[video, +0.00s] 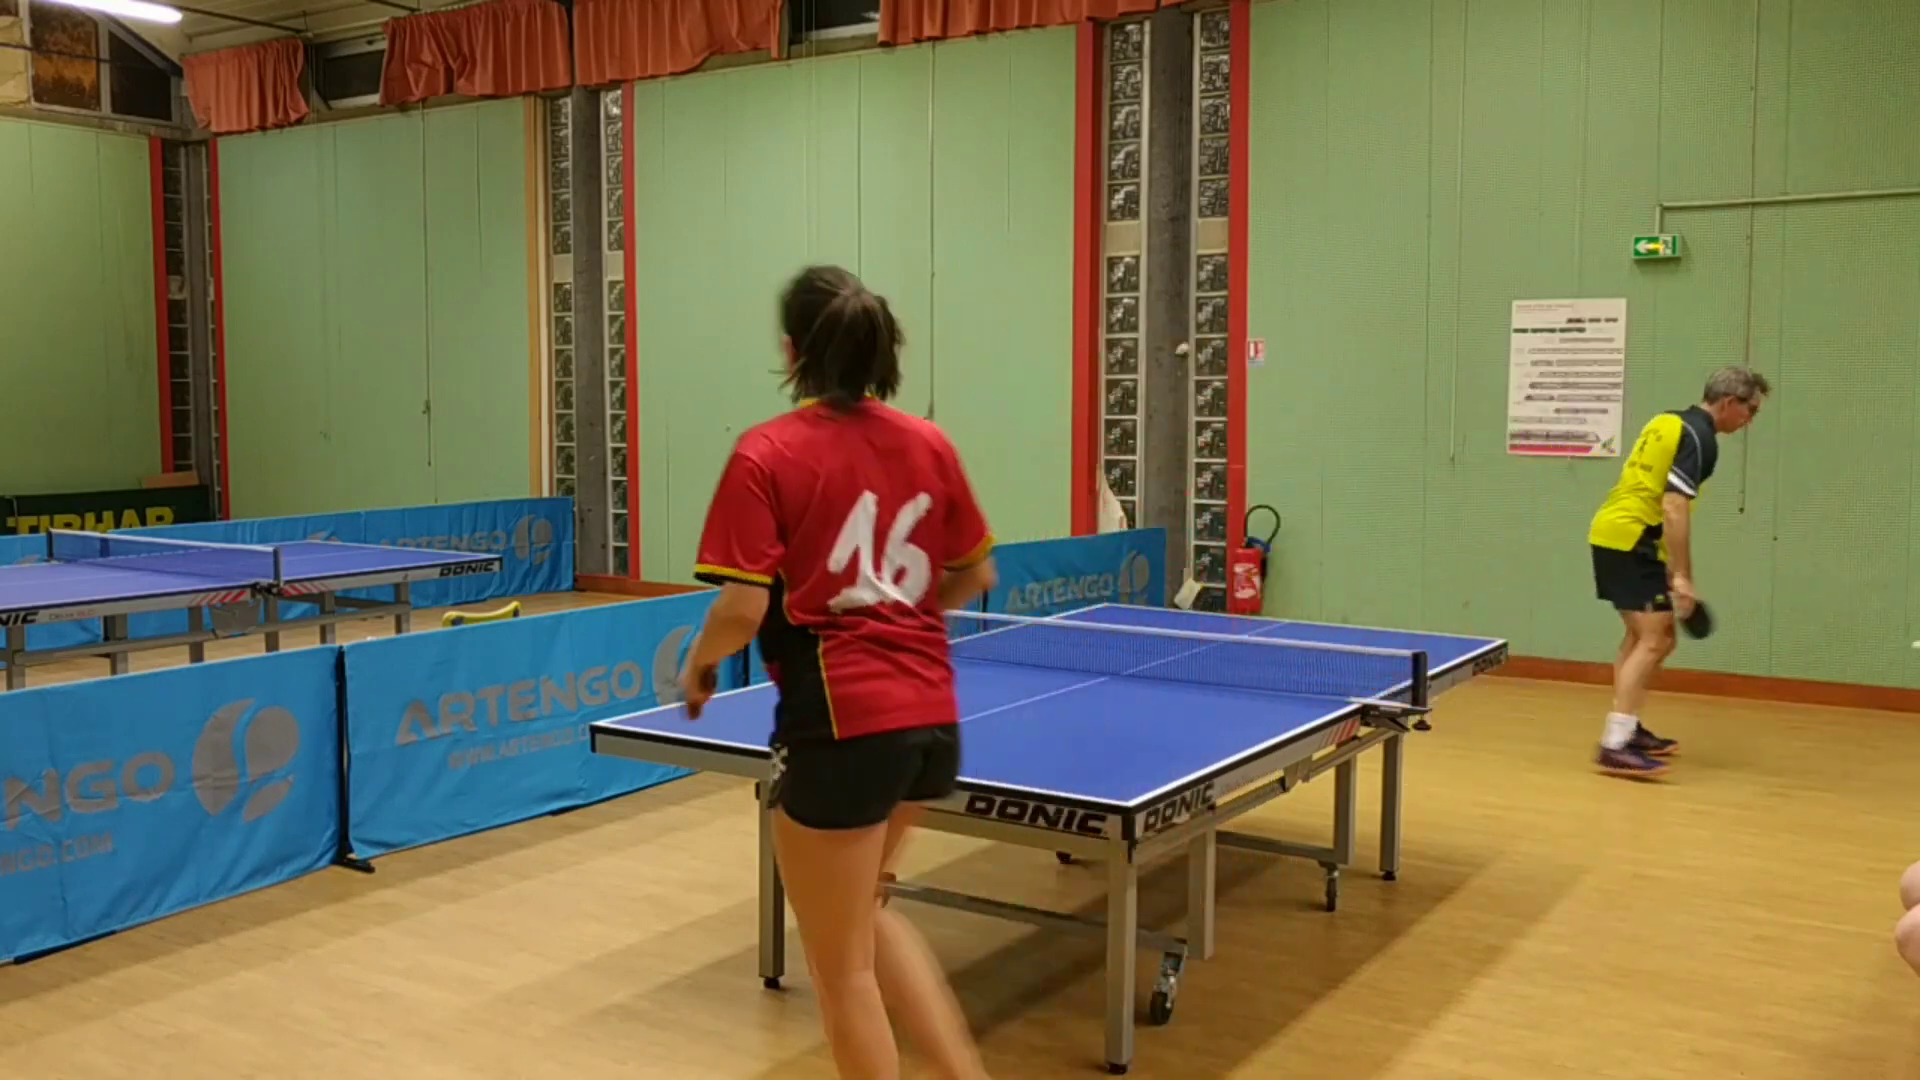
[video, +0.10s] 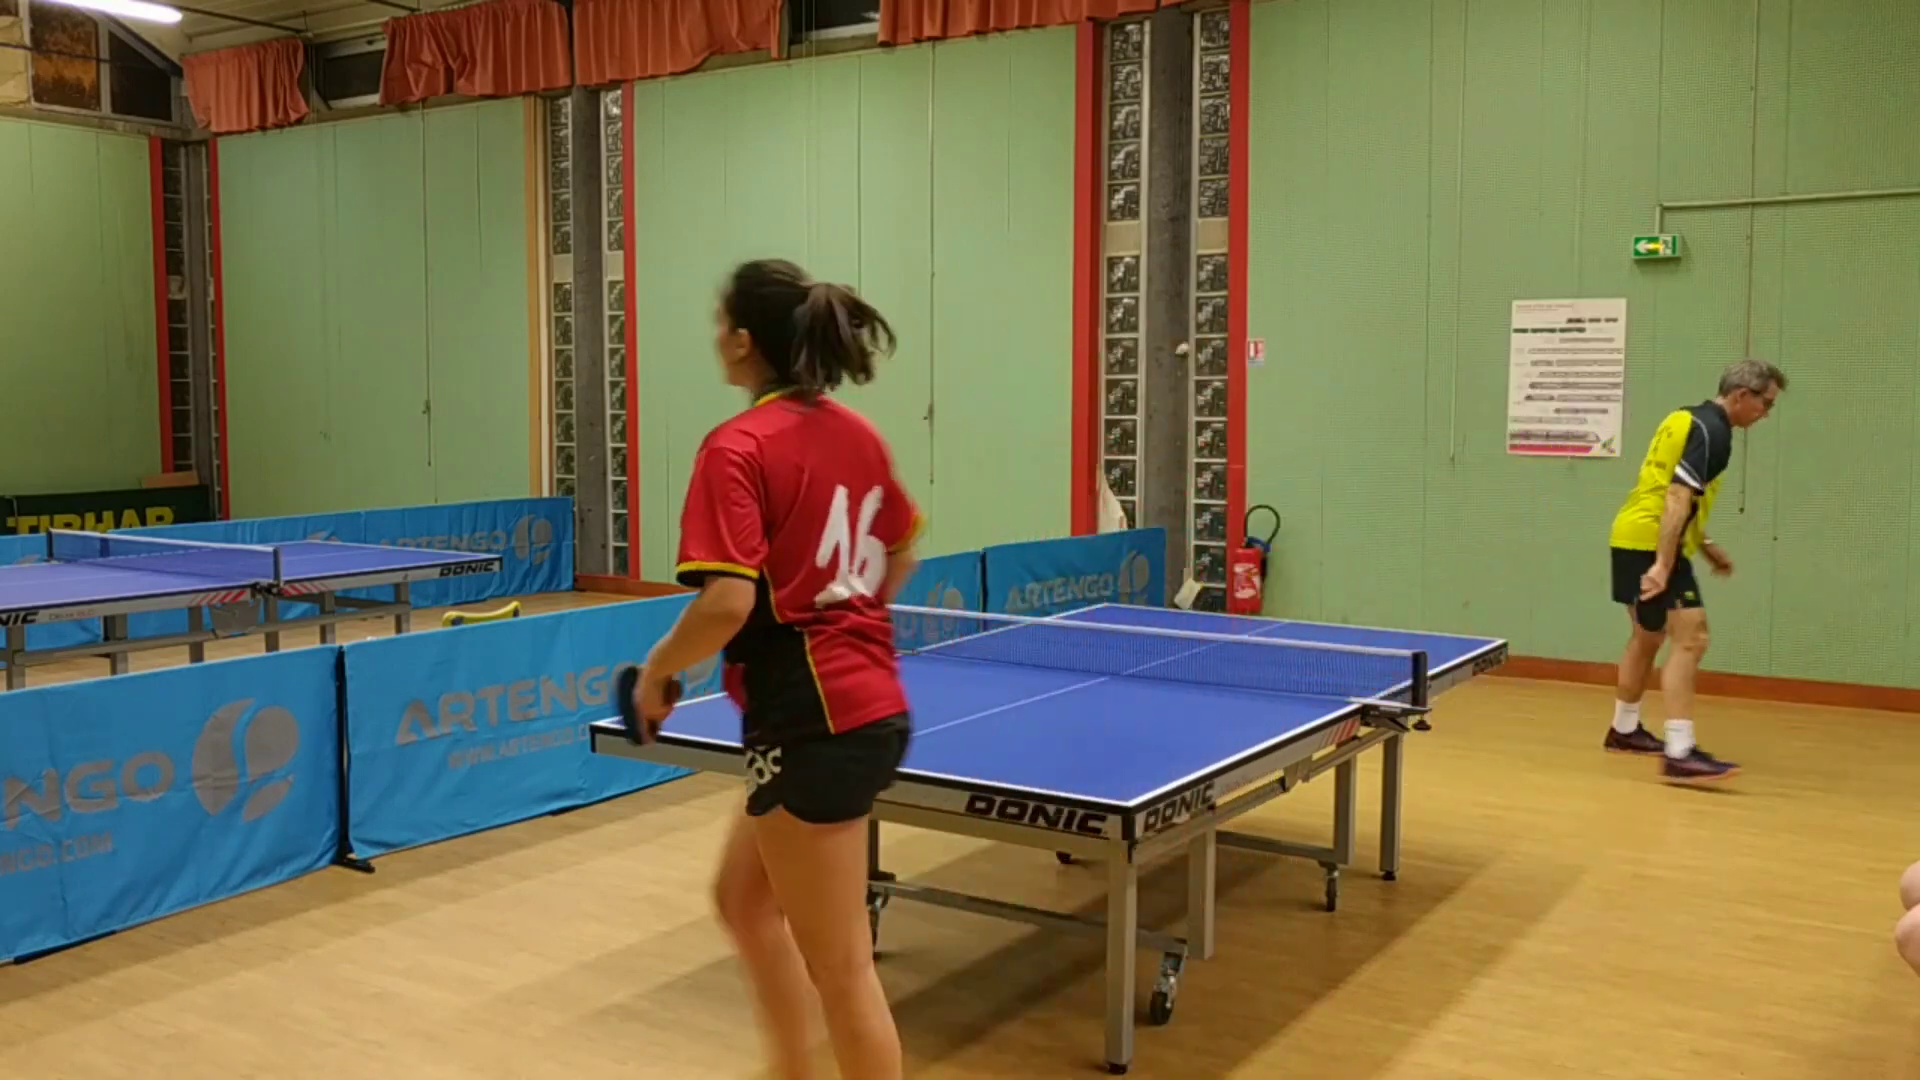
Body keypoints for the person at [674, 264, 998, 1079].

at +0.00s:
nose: (782, 347)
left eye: (784, 337)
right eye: (785, 336)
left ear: (794, 348)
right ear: (876, 346)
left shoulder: (768, 452)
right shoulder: (927, 443)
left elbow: (741, 611)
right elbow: (972, 572)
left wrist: (698, 663)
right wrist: (896, 606)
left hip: (841, 734)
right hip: (933, 726)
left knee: (843, 968)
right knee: (869, 901)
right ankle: (965, 1069)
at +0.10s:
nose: (719, 340)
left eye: (722, 327)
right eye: (722, 326)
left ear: (741, 342)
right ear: (806, 339)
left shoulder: (736, 448)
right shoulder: (853, 431)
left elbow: (727, 598)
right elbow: (902, 537)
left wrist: (660, 668)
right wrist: (851, 618)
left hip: (811, 729)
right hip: (875, 714)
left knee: (842, 967)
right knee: (744, 897)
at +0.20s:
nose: (653, 347)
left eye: (663, 333)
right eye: (657, 331)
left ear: (700, 352)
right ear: (723, 355)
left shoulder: (717, 454)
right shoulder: (777, 440)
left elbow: (719, 606)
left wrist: (619, 681)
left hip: (772, 742)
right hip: (753, 736)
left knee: (836, 966)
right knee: (683, 937)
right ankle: (651, 1074)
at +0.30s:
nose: (590, 359)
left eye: (604, 346)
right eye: (595, 344)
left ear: (652, 365)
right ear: (654, 367)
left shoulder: (686, 469)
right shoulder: (673, 463)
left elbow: (715, 622)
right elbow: (693, 621)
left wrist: (590, 699)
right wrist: (601, 709)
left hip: (719, 754)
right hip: (665, 750)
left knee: (789, 970)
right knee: (607, 950)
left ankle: (874, 1072)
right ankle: (579, 1079)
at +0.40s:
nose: (527, 360)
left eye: (545, 346)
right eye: (533, 343)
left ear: (602, 367)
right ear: (595, 367)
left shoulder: (639, 468)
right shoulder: (600, 468)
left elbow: (690, 623)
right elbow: (609, 626)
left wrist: (574, 725)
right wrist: (557, 746)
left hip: (647, 762)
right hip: (578, 758)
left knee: (673, 988)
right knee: (527, 955)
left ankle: (812, 1073)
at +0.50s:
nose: (466, 358)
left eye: (486, 343)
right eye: (469, 341)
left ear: (548, 359)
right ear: (534, 360)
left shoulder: (595, 463)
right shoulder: (515, 467)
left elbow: (658, 618)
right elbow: (508, 613)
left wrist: (561, 728)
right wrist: (456, 705)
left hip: (590, 771)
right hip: (507, 763)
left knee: (544, 997)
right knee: (487, 969)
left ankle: (723, 1076)